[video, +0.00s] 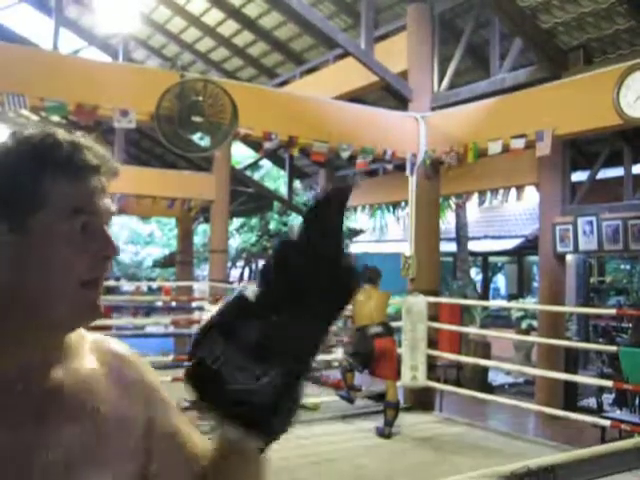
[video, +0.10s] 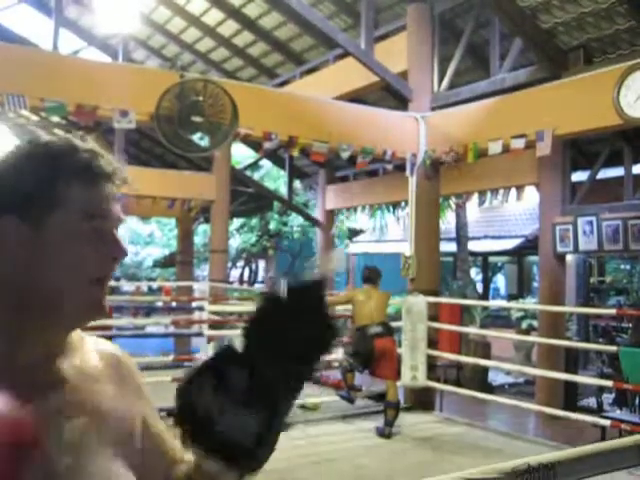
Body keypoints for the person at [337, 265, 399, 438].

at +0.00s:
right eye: (377, 280)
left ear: (362, 280)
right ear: (378, 281)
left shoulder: (356, 297)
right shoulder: (384, 296)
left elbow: (353, 318)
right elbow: (381, 313)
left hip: (365, 338)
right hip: (386, 337)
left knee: (347, 363)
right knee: (391, 383)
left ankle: (350, 389)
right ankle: (388, 426)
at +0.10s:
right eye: (377, 280)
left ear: (363, 280)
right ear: (378, 281)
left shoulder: (355, 295)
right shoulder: (385, 296)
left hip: (366, 338)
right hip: (386, 338)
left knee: (348, 362)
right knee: (391, 383)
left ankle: (350, 391)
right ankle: (388, 426)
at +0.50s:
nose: (378, 283)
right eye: (378, 280)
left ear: (363, 279)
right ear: (378, 281)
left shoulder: (354, 294)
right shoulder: (385, 296)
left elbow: (328, 302)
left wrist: (322, 297)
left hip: (366, 338)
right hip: (386, 338)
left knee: (347, 360)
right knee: (390, 384)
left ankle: (349, 390)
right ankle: (388, 426)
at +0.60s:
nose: (378, 283)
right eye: (378, 280)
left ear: (363, 279)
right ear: (378, 281)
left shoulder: (354, 294)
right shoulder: (385, 296)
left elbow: (328, 302)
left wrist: (322, 297)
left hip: (366, 339)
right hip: (387, 339)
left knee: (347, 359)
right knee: (391, 384)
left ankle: (350, 390)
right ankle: (388, 426)